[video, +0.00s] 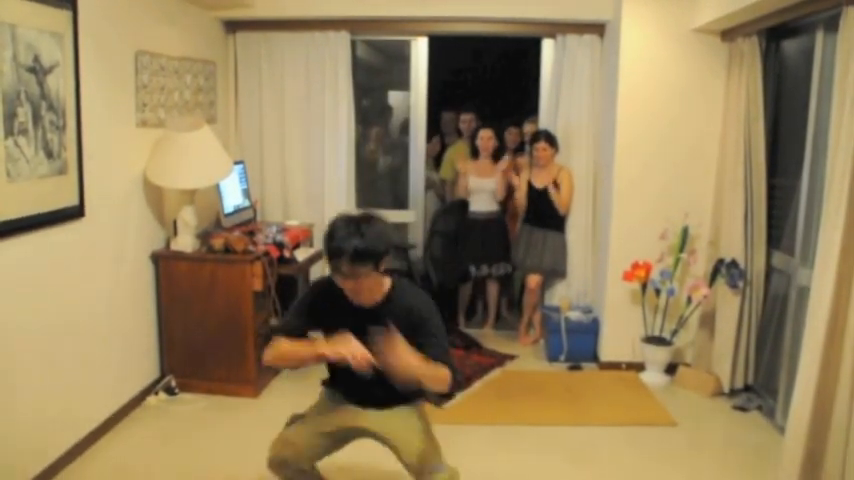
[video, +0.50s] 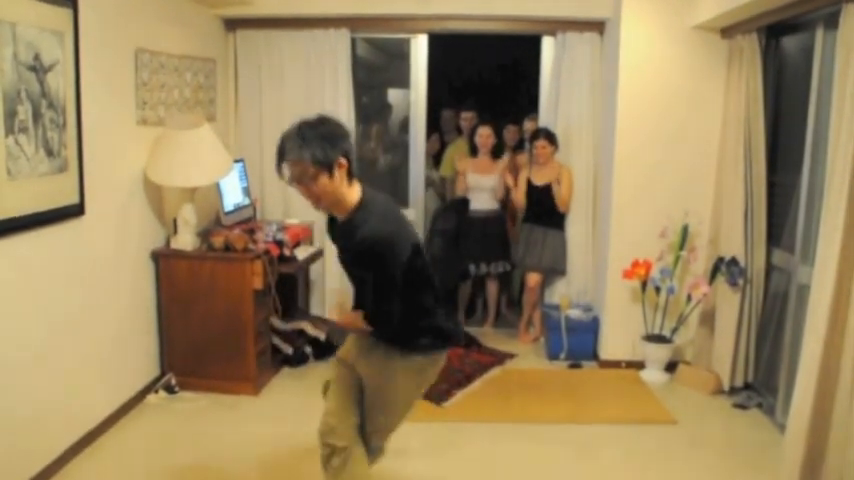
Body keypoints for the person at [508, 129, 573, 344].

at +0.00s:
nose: (540, 154)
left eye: (545, 149)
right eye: (536, 149)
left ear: (554, 151)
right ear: (532, 152)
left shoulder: (562, 174)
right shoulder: (527, 173)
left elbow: (563, 209)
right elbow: (520, 208)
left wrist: (551, 189)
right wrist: (519, 187)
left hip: (551, 232)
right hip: (530, 229)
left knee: (533, 281)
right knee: (534, 285)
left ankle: (523, 324)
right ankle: (538, 328)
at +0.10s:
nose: (539, 154)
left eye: (544, 149)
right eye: (536, 149)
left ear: (553, 151)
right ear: (532, 152)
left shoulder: (563, 174)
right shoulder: (528, 174)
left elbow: (563, 208)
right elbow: (522, 201)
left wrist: (536, 196)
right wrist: (524, 175)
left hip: (550, 231)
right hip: (529, 228)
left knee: (533, 281)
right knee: (532, 285)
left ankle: (523, 325)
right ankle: (538, 329)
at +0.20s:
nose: (539, 153)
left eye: (544, 149)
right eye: (536, 149)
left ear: (553, 151)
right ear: (532, 151)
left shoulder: (563, 173)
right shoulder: (527, 173)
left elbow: (564, 208)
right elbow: (521, 203)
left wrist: (536, 198)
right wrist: (525, 187)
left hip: (550, 231)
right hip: (529, 228)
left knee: (533, 281)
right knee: (532, 284)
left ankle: (523, 325)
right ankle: (538, 329)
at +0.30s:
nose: (539, 153)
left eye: (544, 148)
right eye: (536, 148)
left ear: (553, 151)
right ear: (532, 151)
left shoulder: (563, 173)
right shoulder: (526, 174)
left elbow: (564, 207)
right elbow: (521, 204)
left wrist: (543, 195)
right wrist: (520, 196)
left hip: (551, 231)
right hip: (529, 228)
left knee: (533, 280)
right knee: (533, 284)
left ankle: (523, 324)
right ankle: (538, 328)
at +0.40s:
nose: (540, 153)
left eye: (544, 148)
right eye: (536, 148)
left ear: (554, 150)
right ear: (532, 150)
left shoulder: (562, 173)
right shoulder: (526, 173)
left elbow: (563, 207)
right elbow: (520, 204)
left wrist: (553, 186)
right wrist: (512, 184)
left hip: (551, 231)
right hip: (530, 228)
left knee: (532, 280)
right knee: (535, 284)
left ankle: (523, 323)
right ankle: (538, 327)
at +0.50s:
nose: (540, 152)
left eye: (544, 147)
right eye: (536, 147)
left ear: (554, 149)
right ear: (532, 149)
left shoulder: (562, 172)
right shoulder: (526, 172)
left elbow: (563, 206)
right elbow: (520, 204)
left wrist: (555, 186)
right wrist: (514, 183)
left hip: (551, 229)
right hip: (530, 227)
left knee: (533, 280)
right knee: (535, 283)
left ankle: (523, 323)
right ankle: (538, 326)